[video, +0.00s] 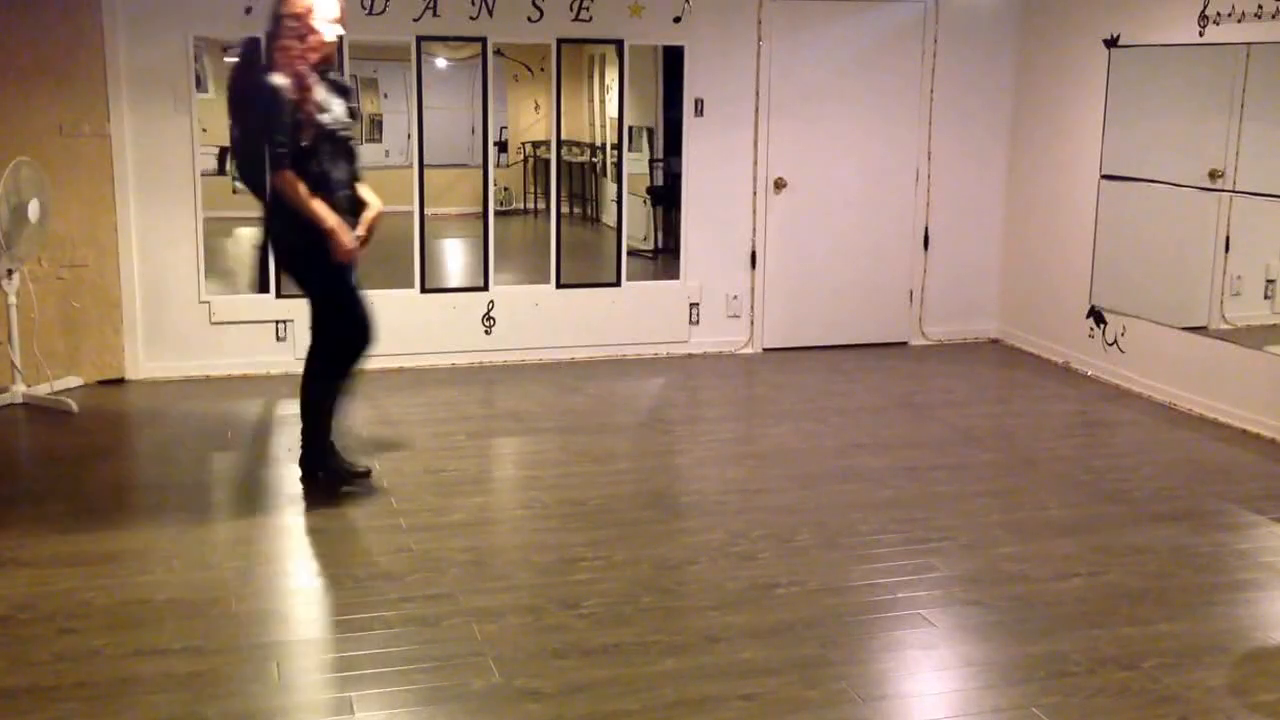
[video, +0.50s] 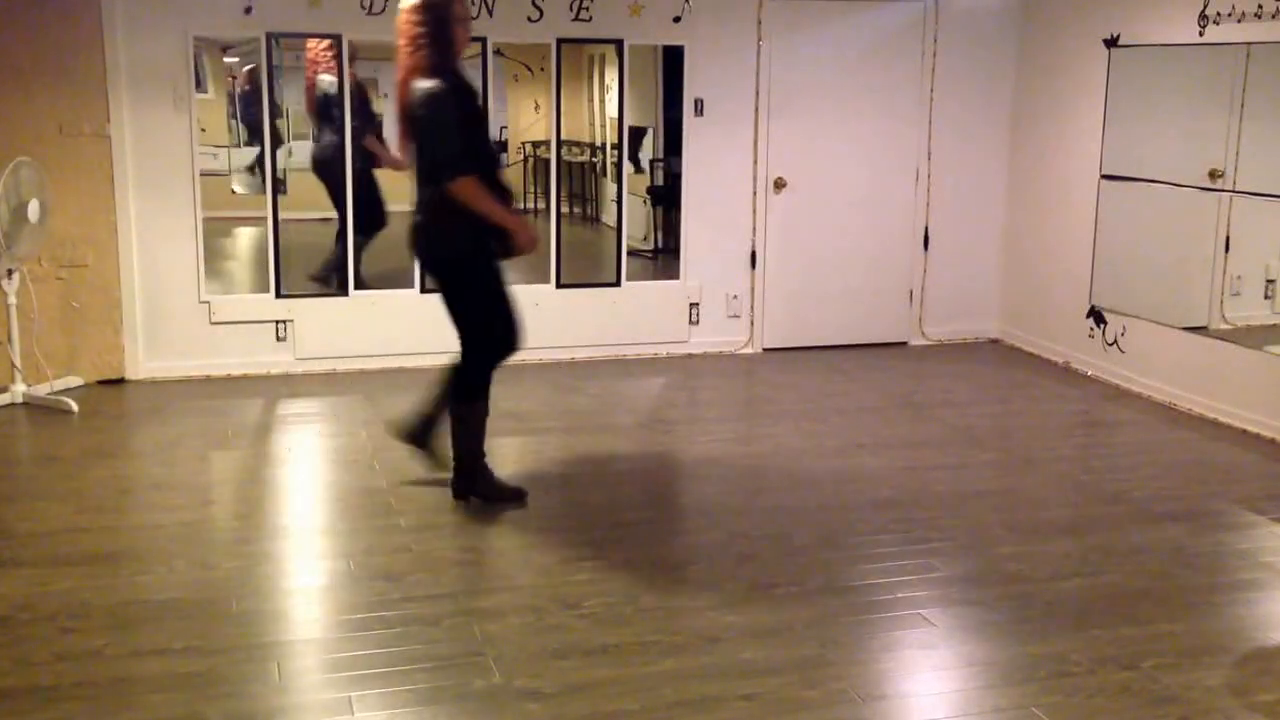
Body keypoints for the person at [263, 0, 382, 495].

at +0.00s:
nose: (303, 42)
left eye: (311, 32)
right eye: (293, 31)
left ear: (325, 37)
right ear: (277, 37)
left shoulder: (331, 88)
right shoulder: (269, 87)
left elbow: (337, 163)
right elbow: (274, 168)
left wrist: (371, 201)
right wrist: (331, 223)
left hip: (330, 227)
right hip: (297, 229)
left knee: (331, 335)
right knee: (349, 330)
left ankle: (318, 455)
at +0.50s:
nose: (469, 29)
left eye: (466, 20)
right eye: (462, 21)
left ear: (431, 31)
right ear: (442, 29)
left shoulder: (443, 85)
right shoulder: (434, 92)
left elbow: (461, 166)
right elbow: (455, 175)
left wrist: (506, 214)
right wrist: (510, 220)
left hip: (457, 234)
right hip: (450, 237)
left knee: (494, 337)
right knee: (485, 342)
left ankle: (422, 422)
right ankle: (470, 472)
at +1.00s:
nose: (585, 30)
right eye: (577, 21)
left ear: (537, 38)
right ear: (572, 32)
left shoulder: (549, 89)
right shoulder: (578, 90)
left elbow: (573, 167)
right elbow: (593, 170)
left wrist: (613, 221)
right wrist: (628, 225)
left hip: (558, 230)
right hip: (577, 232)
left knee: (597, 350)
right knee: (600, 350)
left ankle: (609, 465)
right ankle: (511, 442)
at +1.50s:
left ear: (620, 37)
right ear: (672, 34)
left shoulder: (602, 91)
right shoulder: (695, 93)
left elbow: (587, 160)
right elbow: (722, 169)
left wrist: (626, 144)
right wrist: (684, 138)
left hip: (615, 241)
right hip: (680, 244)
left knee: (622, 345)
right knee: (682, 353)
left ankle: (610, 465)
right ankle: (696, 478)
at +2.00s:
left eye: (661, 26)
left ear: (658, 34)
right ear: (710, 36)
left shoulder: (640, 93)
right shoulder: (730, 92)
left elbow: (614, 168)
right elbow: (736, 165)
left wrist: (651, 180)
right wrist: (694, 166)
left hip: (651, 247)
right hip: (716, 247)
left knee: (638, 358)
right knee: (712, 361)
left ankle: (627, 478)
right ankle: (698, 483)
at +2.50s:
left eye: (617, 32)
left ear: (618, 38)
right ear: (670, 36)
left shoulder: (604, 98)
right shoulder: (690, 93)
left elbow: (591, 182)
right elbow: (708, 171)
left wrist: (590, 205)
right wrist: (674, 202)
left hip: (615, 249)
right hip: (678, 248)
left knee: (601, 364)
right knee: (689, 360)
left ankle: (582, 490)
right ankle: (698, 484)